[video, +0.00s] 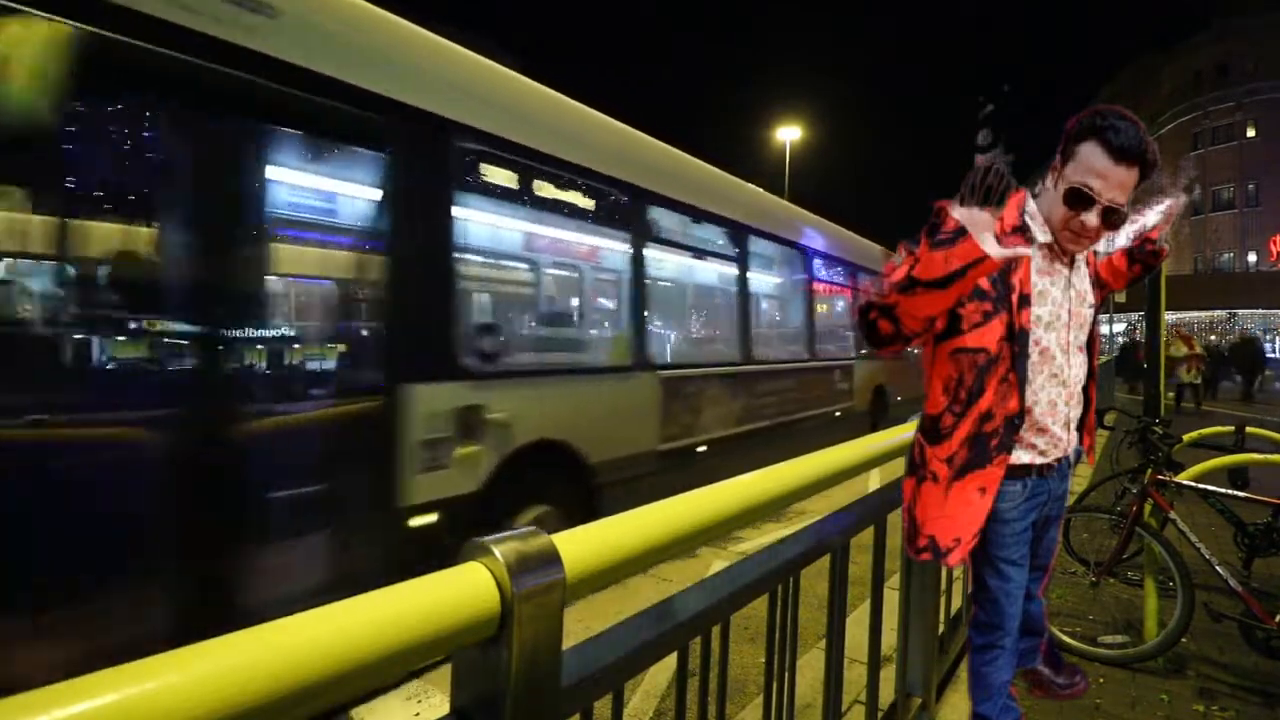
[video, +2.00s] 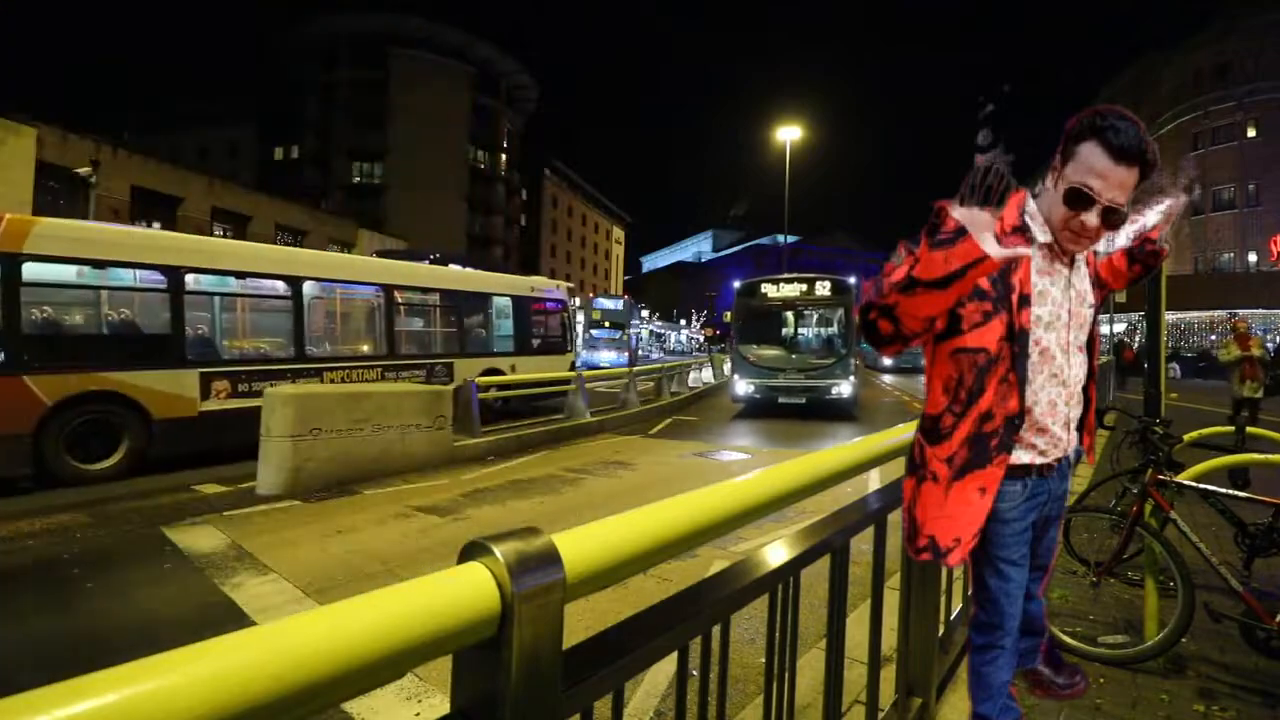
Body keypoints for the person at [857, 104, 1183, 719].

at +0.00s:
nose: (1089, 222)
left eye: (1109, 212)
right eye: (1080, 197)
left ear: (1123, 211)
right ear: (1052, 171)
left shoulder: (1083, 264)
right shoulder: (984, 242)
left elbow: (1112, 273)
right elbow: (882, 326)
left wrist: (1150, 241)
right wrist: (962, 245)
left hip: (1057, 467)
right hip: (1000, 474)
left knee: (1035, 581)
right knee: (999, 611)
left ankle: (1028, 659)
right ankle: (994, 709)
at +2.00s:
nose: (1089, 222)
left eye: (1110, 212)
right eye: (1079, 198)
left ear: (1123, 211)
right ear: (1051, 171)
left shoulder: (1084, 264)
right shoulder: (985, 242)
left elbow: (1112, 272)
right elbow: (882, 328)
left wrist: (1151, 241)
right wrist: (962, 246)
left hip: (1057, 467)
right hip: (1000, 475)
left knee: (1035, 581)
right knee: (1000, 612)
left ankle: (1027, 659)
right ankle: (993, 709)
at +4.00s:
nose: (1089, 222)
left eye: (1109, 212)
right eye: (1079, 198)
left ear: (1123, 211)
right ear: (1052, 172)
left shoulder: (1084, 265)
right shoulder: (985, 242)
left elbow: (1113, 272)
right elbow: (882, 328)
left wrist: (1152, 240)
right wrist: (962, 246)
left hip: (1057, 467)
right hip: (1000, 475)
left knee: (1034, 581)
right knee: (1000, 611)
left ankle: (1028, 659)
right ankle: (993, 709)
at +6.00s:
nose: (1089, 222)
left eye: (1110, 211)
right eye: (1079, 197)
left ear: (1123, 211)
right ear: (1052, 172)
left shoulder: (1085, 264)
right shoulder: (984, 243)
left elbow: (1117, 270)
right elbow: (883, 327)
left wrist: (1151, 242)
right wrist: (962, 246)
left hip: (1058, 468)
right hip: (1000, 475)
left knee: (1035, 581)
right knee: (1000, 611)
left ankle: (1028, 659)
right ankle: (994, 709)